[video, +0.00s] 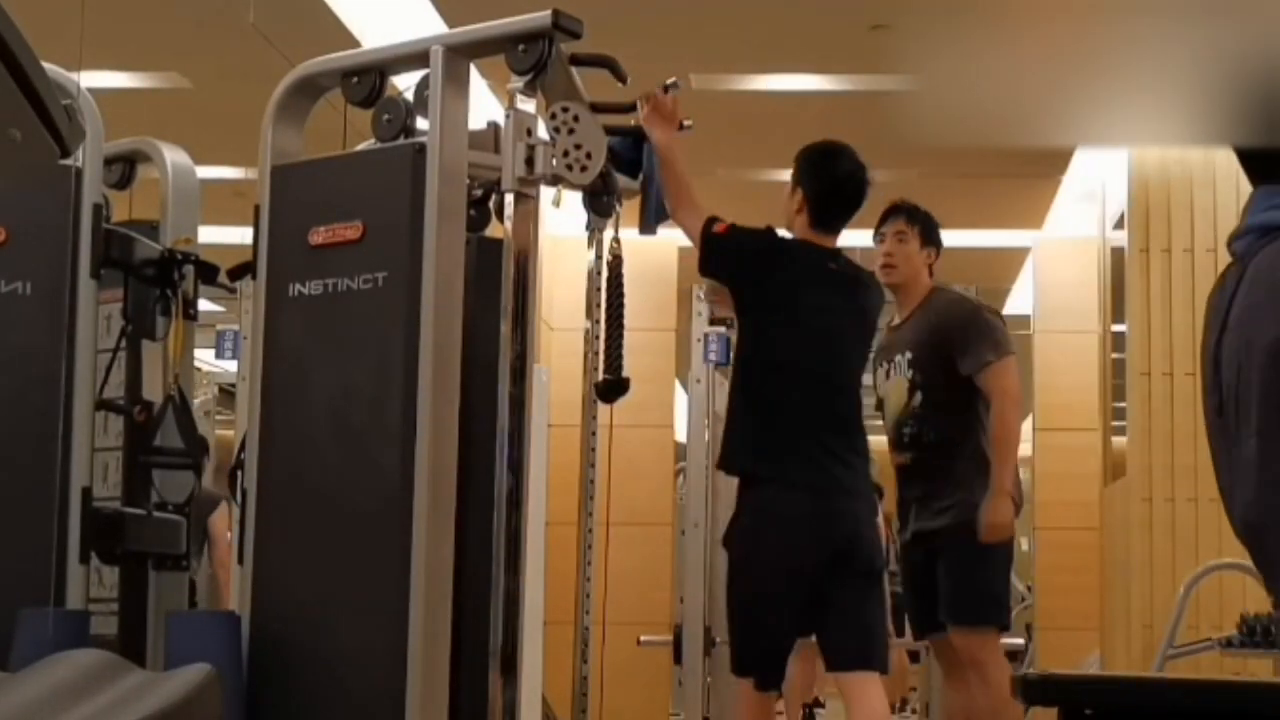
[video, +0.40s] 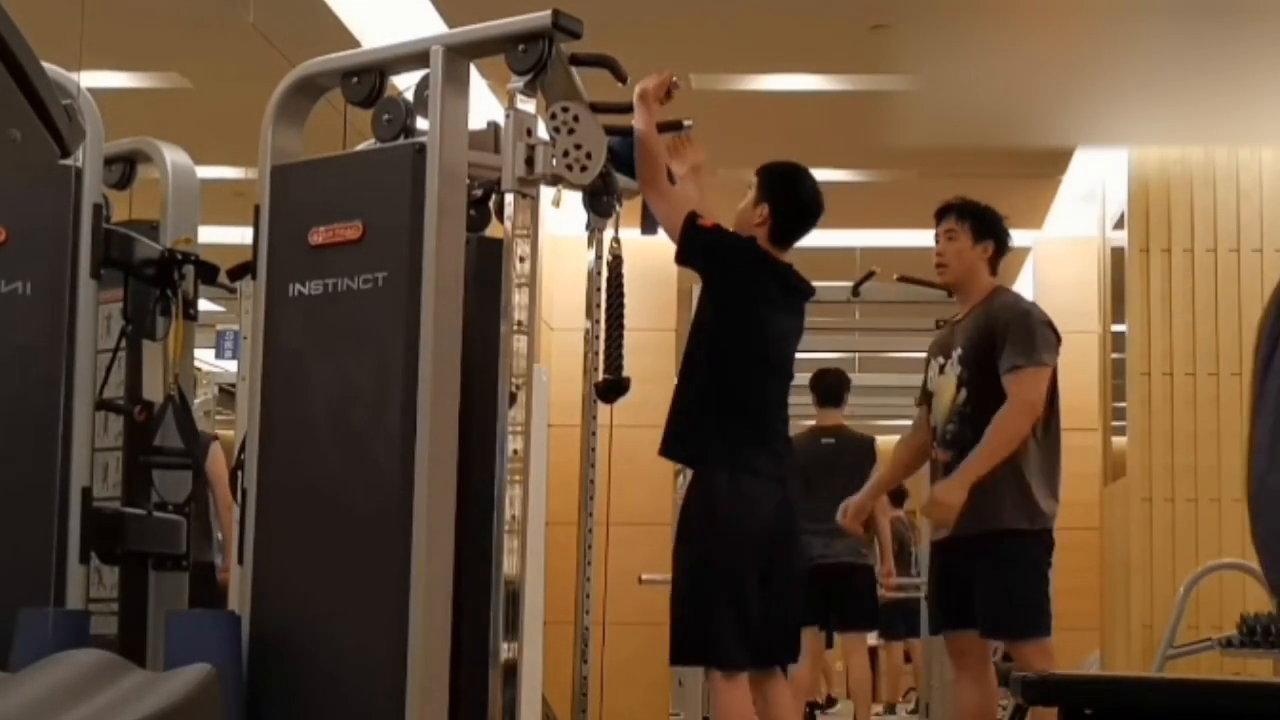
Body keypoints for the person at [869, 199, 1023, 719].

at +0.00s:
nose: (887, 250)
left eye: (901, 239)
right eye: (881, 240)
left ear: (930, 255)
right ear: (874, 253)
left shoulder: (960, 313)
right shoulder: (886, 338)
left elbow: (1008, 396)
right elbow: (894, 434)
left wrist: (1001, 493)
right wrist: (893, 510)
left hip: (969, 509)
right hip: (918, 516)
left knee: (976, 642)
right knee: (945, 647)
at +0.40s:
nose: (937, 251)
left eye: (950, 239)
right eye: (936, 241)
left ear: (988, 249)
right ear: (939, 251)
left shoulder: (1018, 317)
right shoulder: (947, 338)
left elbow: (1025, 408)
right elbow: (924, 430)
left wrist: (960, 481)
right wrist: (872, 490)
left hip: (1013, 517)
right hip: (957, 520)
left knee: (1029, 653)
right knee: (966, 653)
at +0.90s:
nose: (967, 247)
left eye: (980, 236)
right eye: (971, 236)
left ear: (1015, 249)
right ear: (997, 249)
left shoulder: (1048, 325)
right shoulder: (989, 335)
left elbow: (1071, 430)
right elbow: (982, 436)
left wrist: (1072, 527)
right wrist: (954, 519)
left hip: (1043, 524)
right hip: (991, 523)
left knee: (1057, 657)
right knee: (965, 638)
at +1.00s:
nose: (972, 249)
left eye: (984, 238)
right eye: (973, 238)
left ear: (1019, 249)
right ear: (995, 249)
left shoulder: (1054, 324)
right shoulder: (989, 336)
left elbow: (1085, 426)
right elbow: (984, 443)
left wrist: (1082, 520)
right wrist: (964, 523)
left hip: (1042, 524)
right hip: (990, 525)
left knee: (1053, 652)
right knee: (972, 641)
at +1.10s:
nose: (974, 252)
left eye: (985, 241)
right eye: (974, 242)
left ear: (1022, 248)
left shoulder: (1057, 323)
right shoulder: (990, 337)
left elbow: (1088, 421)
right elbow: (982, 442)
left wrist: (1073, 514)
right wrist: (966, 521)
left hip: (1039, 527)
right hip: (990, 528)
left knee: (1051, 660)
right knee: (996, 658)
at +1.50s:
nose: (977, 257)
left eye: (988, 246)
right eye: (976, 247)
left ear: (1024, 252)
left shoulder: (1053, 322)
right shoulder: (990, 339)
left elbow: (1059, 412)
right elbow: (974, 440)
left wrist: (1000, 490)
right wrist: (928, 507)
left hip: (1038, 519)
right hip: (995, 518)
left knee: (1046, 662)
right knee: (1008, 656)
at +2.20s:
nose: (975, 255)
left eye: (987, 244)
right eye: (975, 245)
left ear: (1022, 254)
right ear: (981, 256)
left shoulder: (1050, 325)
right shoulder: (982, 343)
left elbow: (1068, 419)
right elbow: (969, 447)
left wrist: (1042, 510)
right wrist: (937, 527)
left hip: (1030, 525)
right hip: (987, 525)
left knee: (1040, 654)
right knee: (1003, 653)